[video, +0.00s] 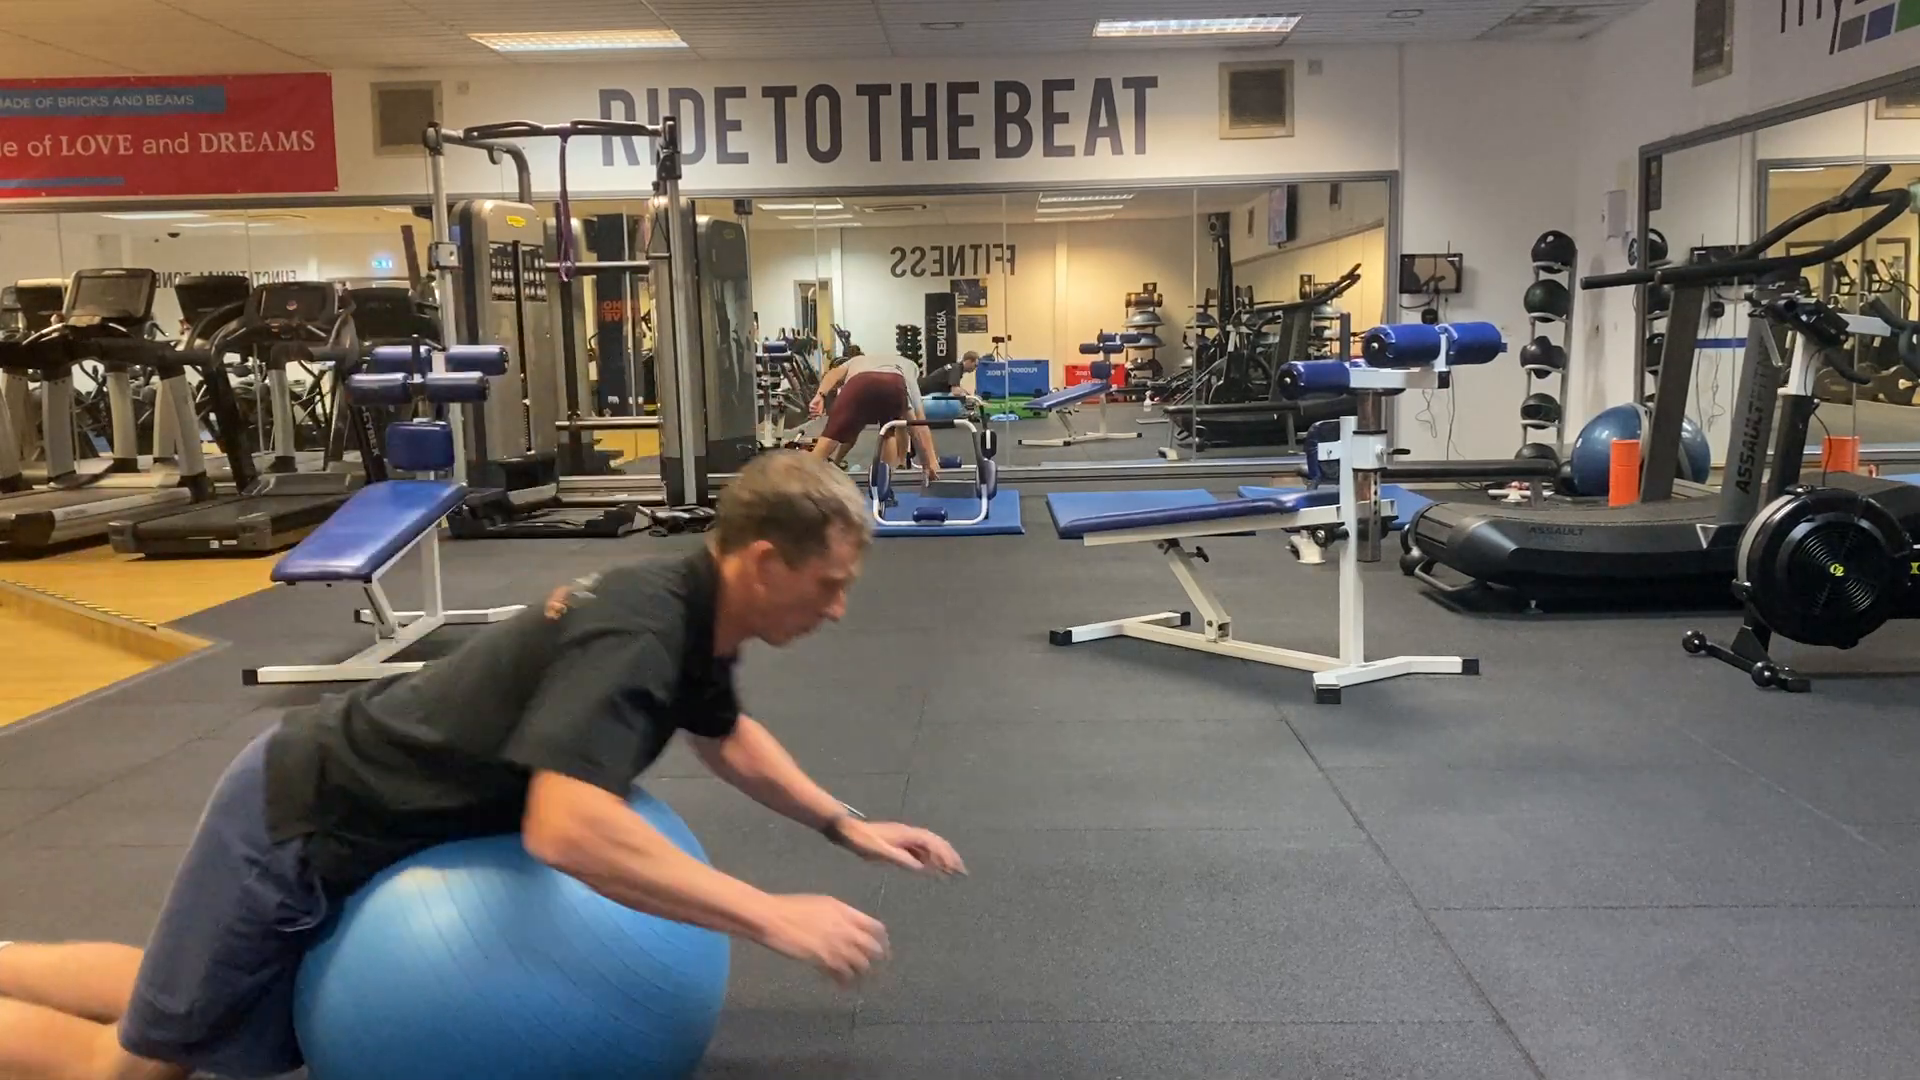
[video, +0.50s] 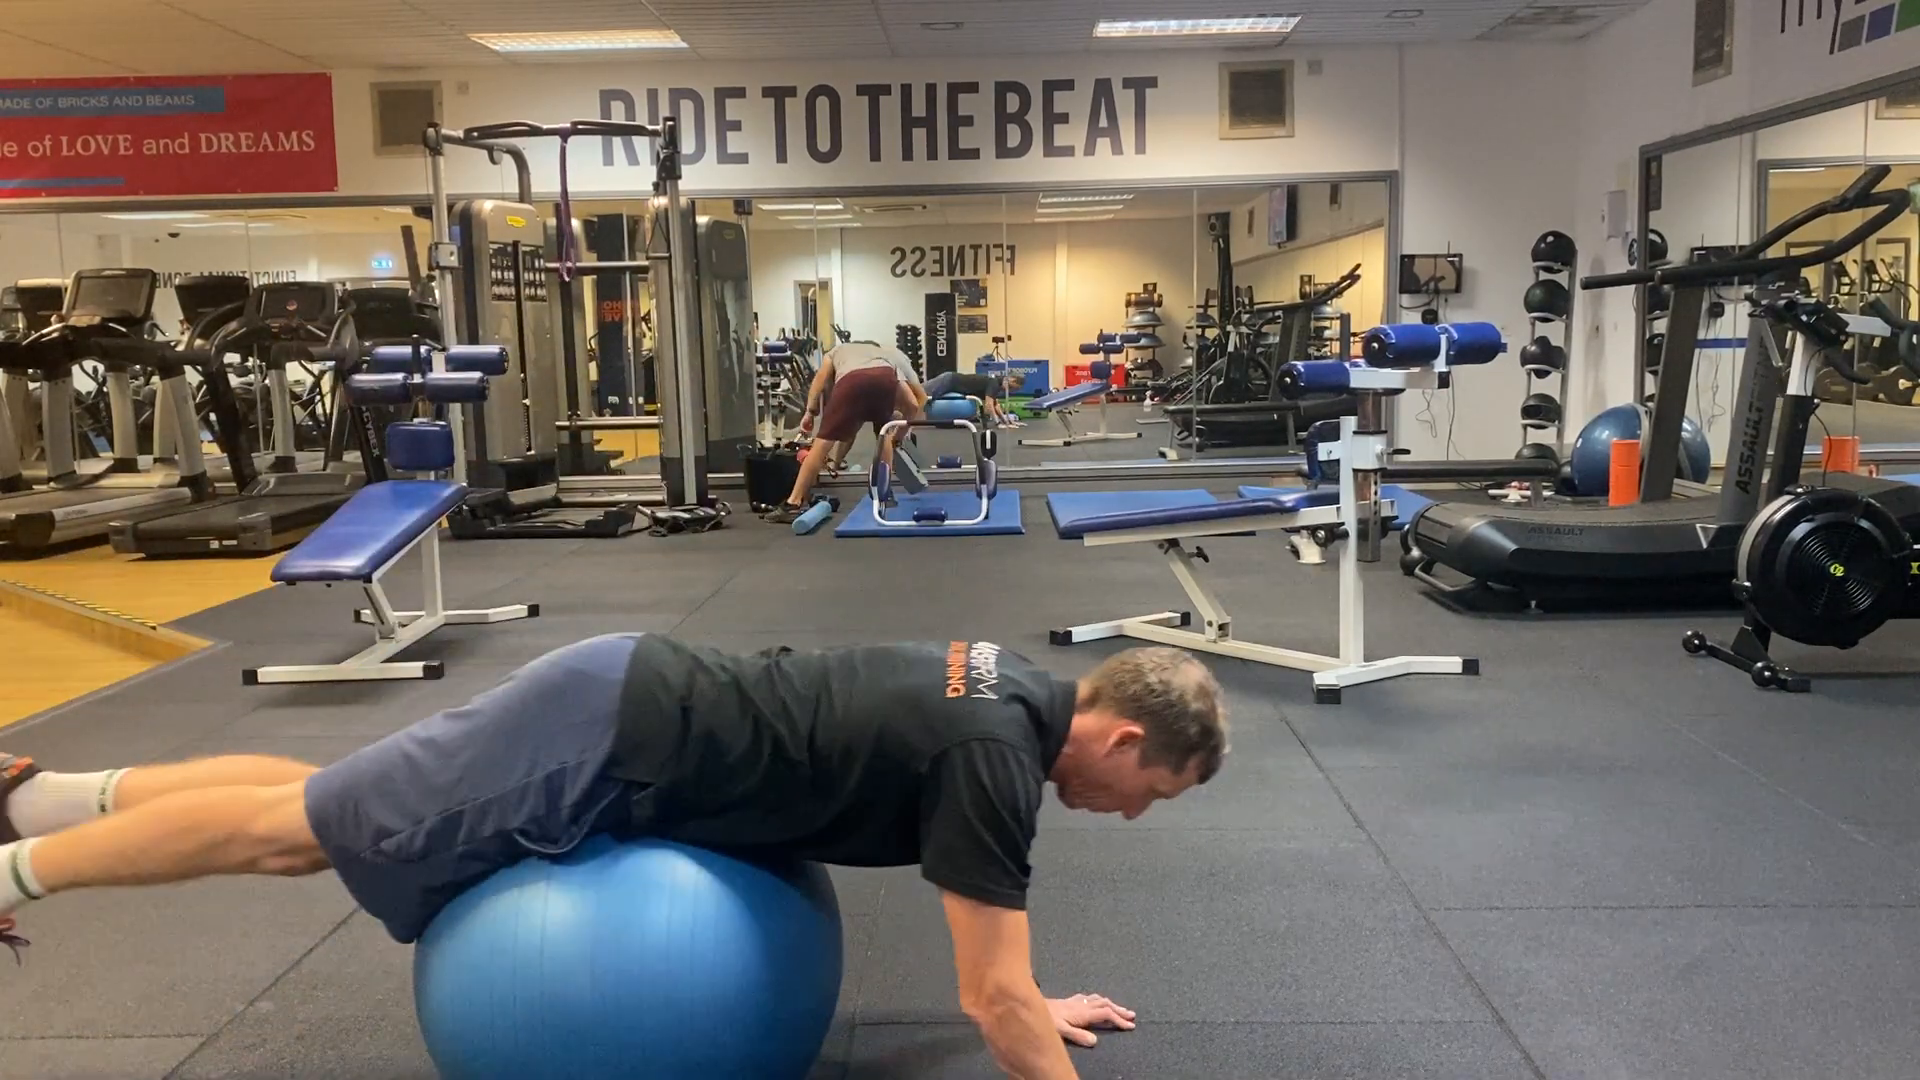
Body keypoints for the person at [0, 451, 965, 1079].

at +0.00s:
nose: (840, 606)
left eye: (847, 586)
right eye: (832, 585)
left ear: (764, 561)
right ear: (759, 562)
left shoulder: (693, 609)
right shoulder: (641, 634)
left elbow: (725, 740)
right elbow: (564, 829)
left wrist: (844, 824)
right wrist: (766, 913)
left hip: (333, 777)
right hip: (296, 804)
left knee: (185, 1006)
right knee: (148, 1066)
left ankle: (0, 973)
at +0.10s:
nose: (915, 692)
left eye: (925, 674)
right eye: (916, 669)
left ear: (860, 624)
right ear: (860, 634)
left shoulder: (794, 672)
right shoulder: (741, 679)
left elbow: (888, 822)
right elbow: (836, 907)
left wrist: (1003, 936)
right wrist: (997, 1044)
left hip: (385, 740)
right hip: (348, 768)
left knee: (147, 932)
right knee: (120, 984)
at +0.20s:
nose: (988, 752)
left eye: (999, 735)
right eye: (993, 730)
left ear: (941, 673)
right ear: (944, 691)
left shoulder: (850, 683)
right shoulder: (839, 732)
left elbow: (941, 894)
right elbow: (956, 946)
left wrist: (1039, 999)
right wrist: (1067, 1059)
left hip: (456, 667)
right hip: (430, 713)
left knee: (142, 846)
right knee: (128, 863)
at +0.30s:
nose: (1033, 804)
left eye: (1048, 789)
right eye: (1043, 785)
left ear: (998, 709)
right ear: (1005, 743)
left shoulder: (901, 692)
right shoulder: (891, 761)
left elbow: (937, 892)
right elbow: (957, 975)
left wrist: (1015, 998)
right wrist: (1036, 1057)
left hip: (519, 657)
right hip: (501, 700)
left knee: (209, 798)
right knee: (199, 817)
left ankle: (16, 839)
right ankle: (4, 847)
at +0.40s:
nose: (1084, 817)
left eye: (1101, 803)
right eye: (1098, 799)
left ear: (1055, 712)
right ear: (1068, 754)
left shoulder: (960, 688)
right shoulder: (944, 766)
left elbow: (956, 887)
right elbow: (976, 995)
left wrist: (1019, 999)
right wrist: (1041, 1061)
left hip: (584, 659)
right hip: (570, 713)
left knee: (270, 786)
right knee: (244, 825)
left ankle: (35, 810)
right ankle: (16, 842)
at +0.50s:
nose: (1147, 806)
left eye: (1162, 789)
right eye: (1156, 788)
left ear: (1108, 705)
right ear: (1116, 740)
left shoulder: (1012, 694)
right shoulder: (991, 767)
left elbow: (983, 904)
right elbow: (996, 997)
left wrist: (1037, 1005)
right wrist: (1063, 1066)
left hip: (640, 678)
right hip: (621, 722)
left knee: (319, 793)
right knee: (305, 829)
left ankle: (52, 792)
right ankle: (29, 860)